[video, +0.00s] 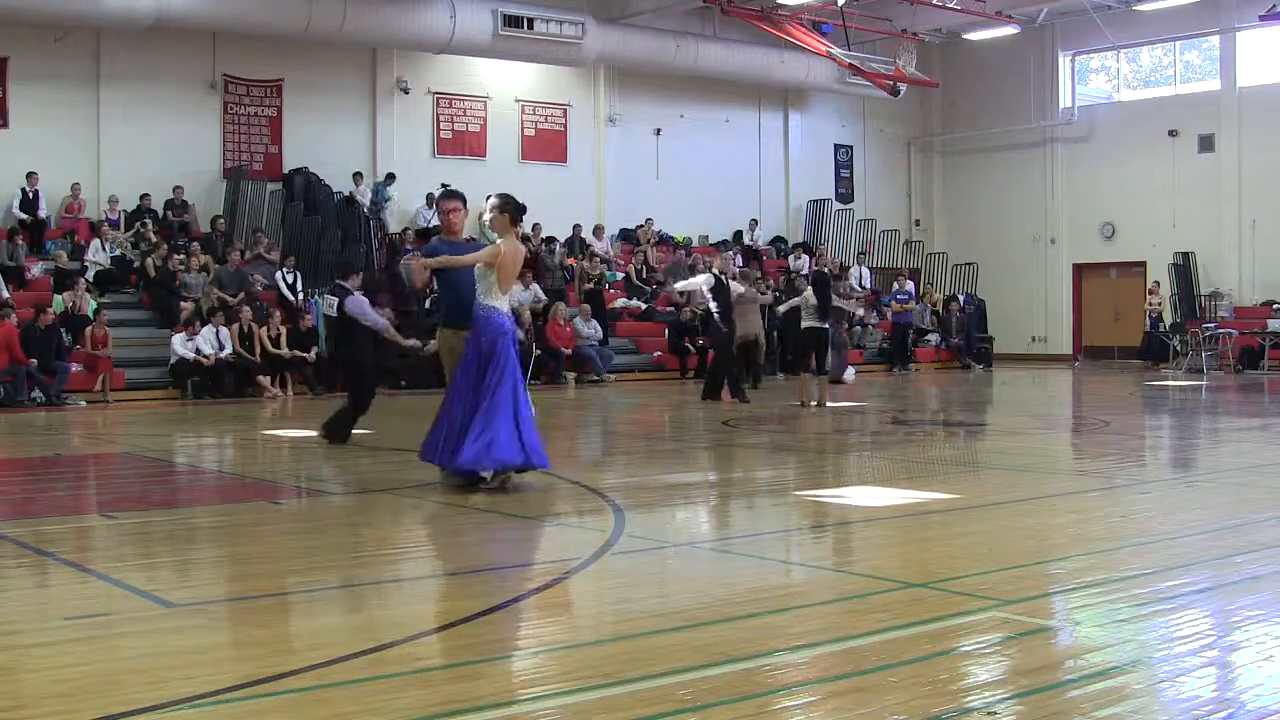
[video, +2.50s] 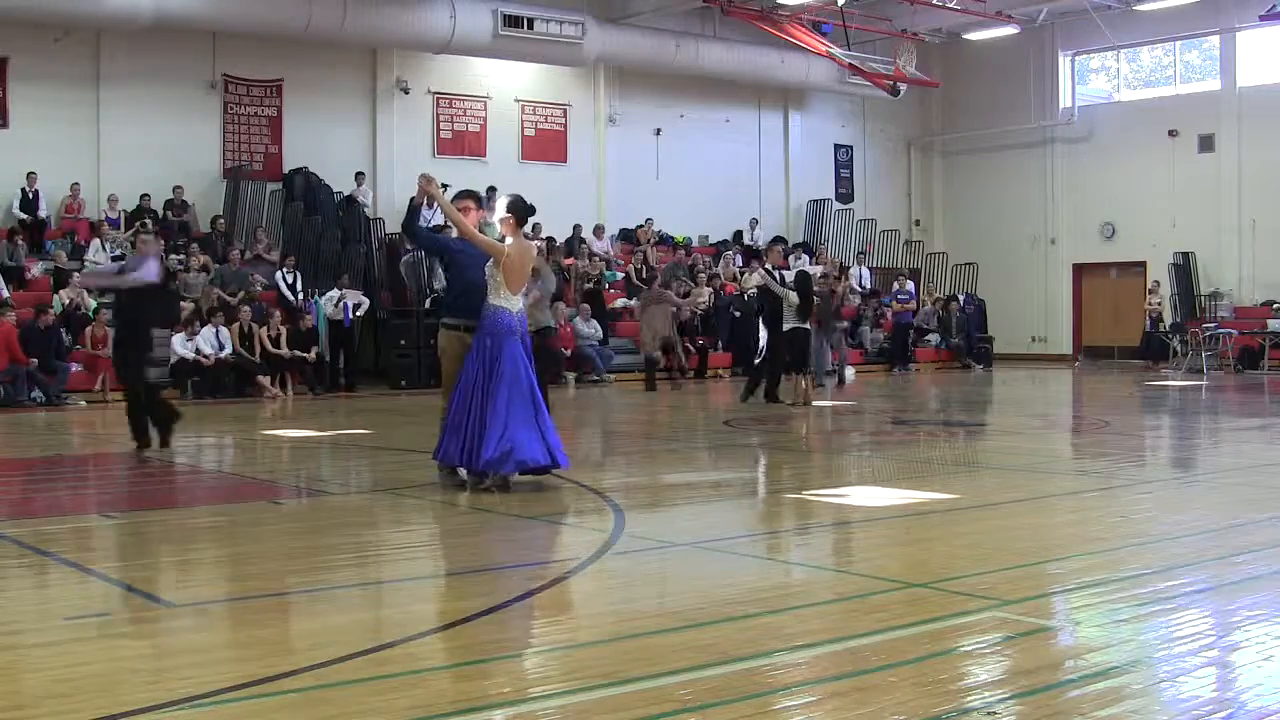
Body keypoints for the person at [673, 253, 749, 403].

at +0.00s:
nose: (728, 263)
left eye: (729, 260)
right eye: (724, 259)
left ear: (730, 262)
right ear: (716, 261)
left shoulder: (727, 281)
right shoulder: (709, 278)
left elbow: (742, 290)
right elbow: (690, 283)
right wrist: (675, 287)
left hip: (728, 322)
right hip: (717, 322)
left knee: (721, 357)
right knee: (728, 356)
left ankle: (711, 392)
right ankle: (738, 392)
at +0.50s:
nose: (740, 265)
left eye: (740, 262)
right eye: (738, 261)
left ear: (731, 262)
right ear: (728, 261)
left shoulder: (730, 279)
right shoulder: (724, 279)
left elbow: (727, 304)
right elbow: (722, 304)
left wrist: (731, 327)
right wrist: (724, 327)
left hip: (728, 329)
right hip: (725, 329)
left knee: (716, 362)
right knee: (731, 363)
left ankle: (709, 393)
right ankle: (732, 394)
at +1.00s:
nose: (753, 266)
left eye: (754, 262)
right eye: (750, 262)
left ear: (754, 264)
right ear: (741, 262)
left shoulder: (748, 282)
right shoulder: (731, 280)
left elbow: (749, 303)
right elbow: (740, 303)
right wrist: (758, 305)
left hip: (747, 324)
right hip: (733, 324)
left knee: (756, 358)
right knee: (735, 362)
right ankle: (732, 396)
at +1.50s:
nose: (767, 261)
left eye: (767, 258)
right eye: (765, 257)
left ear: (762, 259)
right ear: (757, 258)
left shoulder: (763, 277)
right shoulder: (747, 274)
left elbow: (766, 298)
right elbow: (740, 294)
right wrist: (759, 304)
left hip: (764, 317)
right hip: (752, 317)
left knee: (764, 354)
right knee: (751, 353)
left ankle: (766, 391)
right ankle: (738, 389)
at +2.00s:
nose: (779, 258)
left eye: (779, 254)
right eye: (776, 254)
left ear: (772, 257)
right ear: (766, 254)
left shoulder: (775, 275)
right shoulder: (756, 273)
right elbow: (739, 287)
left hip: (774, 318)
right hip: (759, 317)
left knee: (770, 354)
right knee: (753, 354)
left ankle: (767, 389)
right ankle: (742, 389)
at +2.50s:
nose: (782, 255)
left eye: (781, 252)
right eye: (778, 252)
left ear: (778, 255)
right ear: (768, 254)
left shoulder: (781, 275)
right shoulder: (762, 274)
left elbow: (784, 295)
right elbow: (763, 299)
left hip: (779, 320)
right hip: (766, 320)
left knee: (778, 357)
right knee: (766, 355)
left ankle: (771, 392)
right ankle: (749, 388)